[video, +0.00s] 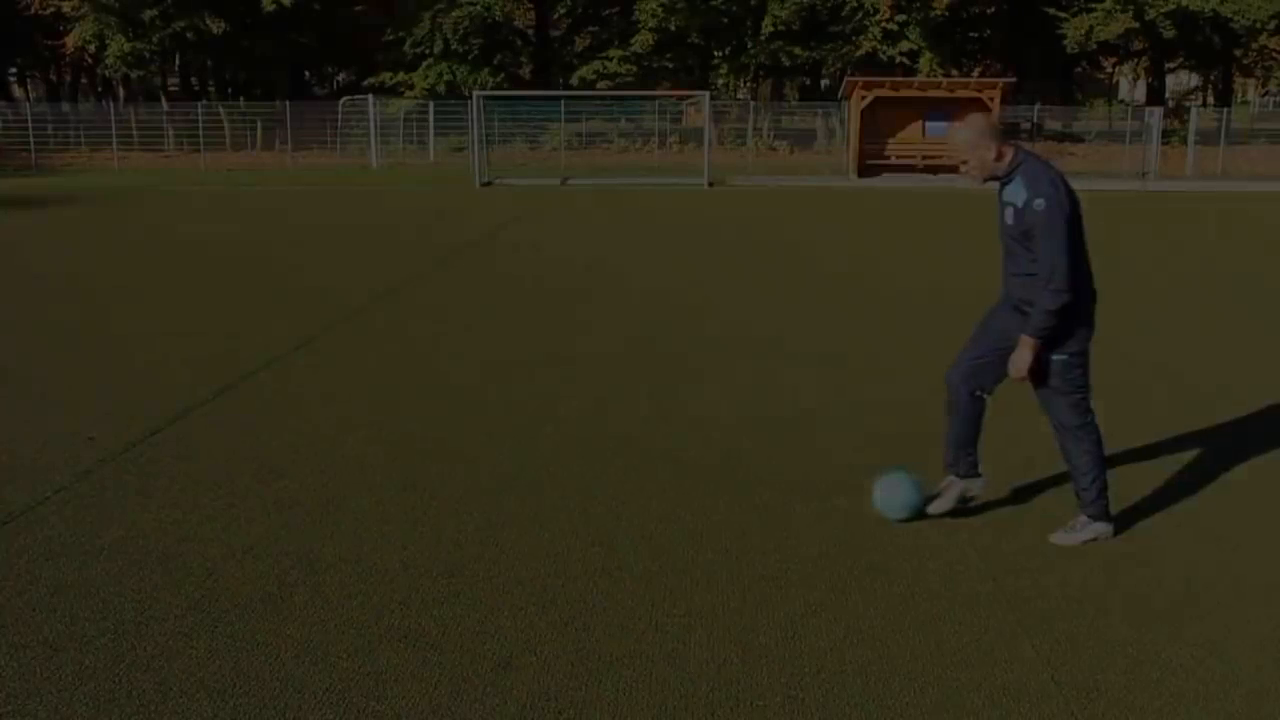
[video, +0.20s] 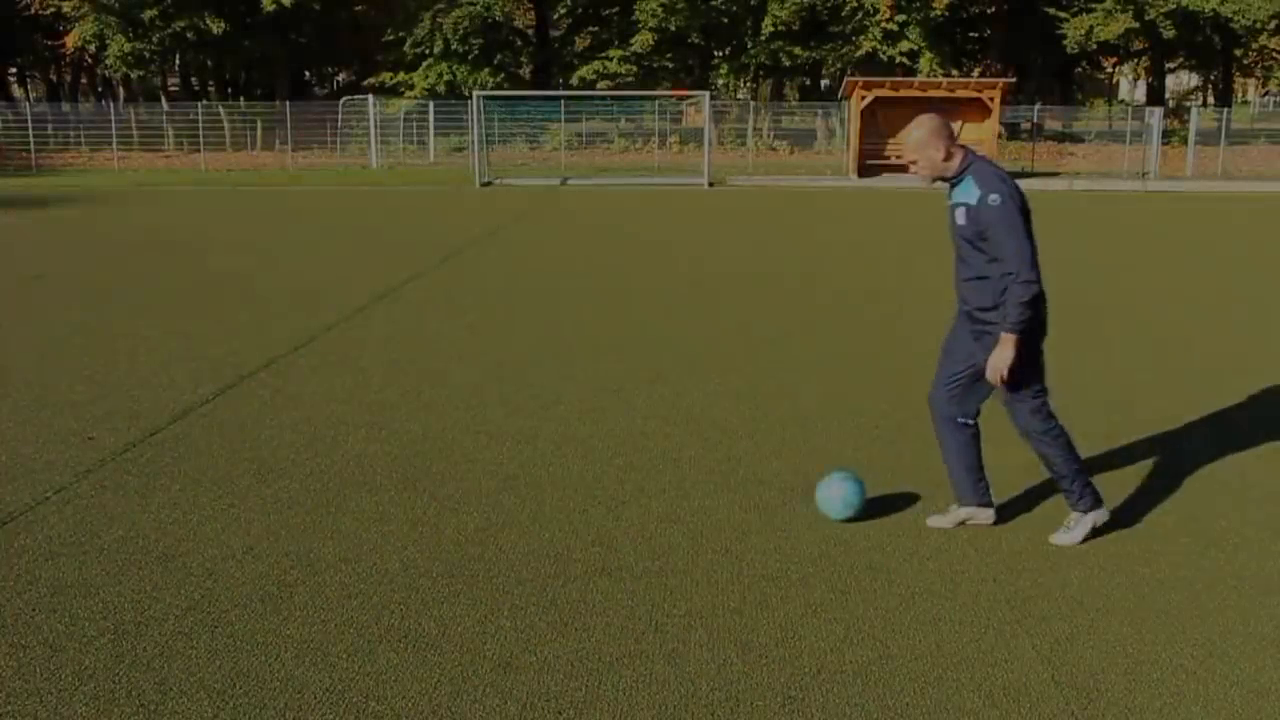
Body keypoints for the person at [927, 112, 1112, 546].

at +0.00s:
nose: (964, 172)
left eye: (967, 163)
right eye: (961, 163)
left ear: (997, 153)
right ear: (995, 153)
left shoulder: (1045, 192)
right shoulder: (1013, 178)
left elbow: (1056, 281)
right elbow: (1027, 260)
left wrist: (1030, 340)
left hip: (1058, 321)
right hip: (1018, 310)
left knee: (1071, 417)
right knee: (963, 379)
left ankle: (1096, 515)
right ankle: (962, 475)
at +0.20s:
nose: (912, 170)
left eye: (915, 162)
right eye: (910, 162)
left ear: (945, 152)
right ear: (944, 153)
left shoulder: (994, 193)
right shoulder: (962, 181)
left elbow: (1024, 277)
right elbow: (986, 261)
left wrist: (1008, 340)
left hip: (1012, 324)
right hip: (974, 321)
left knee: (1032, 417)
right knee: (948, 403)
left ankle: (1089, 506)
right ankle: (974, 503)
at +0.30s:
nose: (882, 173)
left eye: (885, 164)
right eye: (880, 165)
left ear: (915, 155)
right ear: (914, 155)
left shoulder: (966, 194)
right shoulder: (930, 186)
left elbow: (1008, 267)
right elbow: (961, 259)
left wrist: (1012, 336)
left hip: (976, 330)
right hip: (943, 325)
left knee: (977, 424)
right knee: (931, 412)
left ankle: (1061, 489)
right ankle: (971, 504)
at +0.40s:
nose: (857, 174)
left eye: (859, 164)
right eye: (854, 165)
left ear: (888, 154)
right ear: (886, 155)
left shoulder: (936, 185)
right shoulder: (902, 185)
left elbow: (993, 248)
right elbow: (918, 258)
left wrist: (1019, 318)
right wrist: (887, 300)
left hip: (954, 314)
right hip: (927, 315)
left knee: (922, 417)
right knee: (918, 417)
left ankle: (1001, 480)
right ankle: (968, 501)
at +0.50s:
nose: (828, 163)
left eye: (830, 154)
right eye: (825, 155)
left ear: (857, 143)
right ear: (856, 144)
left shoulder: (905, 177)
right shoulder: (873, 175)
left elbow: (977, 216)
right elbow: (887, 238)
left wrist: (1007, 278)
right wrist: (843, 265)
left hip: (923, 308)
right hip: (907, 307)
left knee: (869, 402)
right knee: (923, 405)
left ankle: (925, 495)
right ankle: (969, 496)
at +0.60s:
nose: (794, 154)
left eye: (795, 145)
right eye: (790, 146)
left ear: (823, 136)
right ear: (823, 136)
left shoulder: (870, 167)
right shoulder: (841, 166)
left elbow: (950, 196)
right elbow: (857, 225)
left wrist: (972, 252)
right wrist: (820, 239)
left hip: (886, 301)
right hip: (878, 298)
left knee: (834, 396)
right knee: (899, 393)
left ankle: (830, 510)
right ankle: (957, 486)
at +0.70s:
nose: (761, 157)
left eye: (764, 149)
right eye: (759, 149)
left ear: (792, 142)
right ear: (793, 142)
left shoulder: (835, 182)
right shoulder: (812, 173)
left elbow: (897, 230)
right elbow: (831, 234)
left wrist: (923, 297)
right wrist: (798, 266)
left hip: (846, 313)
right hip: (837, 308)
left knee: (797, 408)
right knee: (848, 404)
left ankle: (791, 518)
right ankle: (929, 471)